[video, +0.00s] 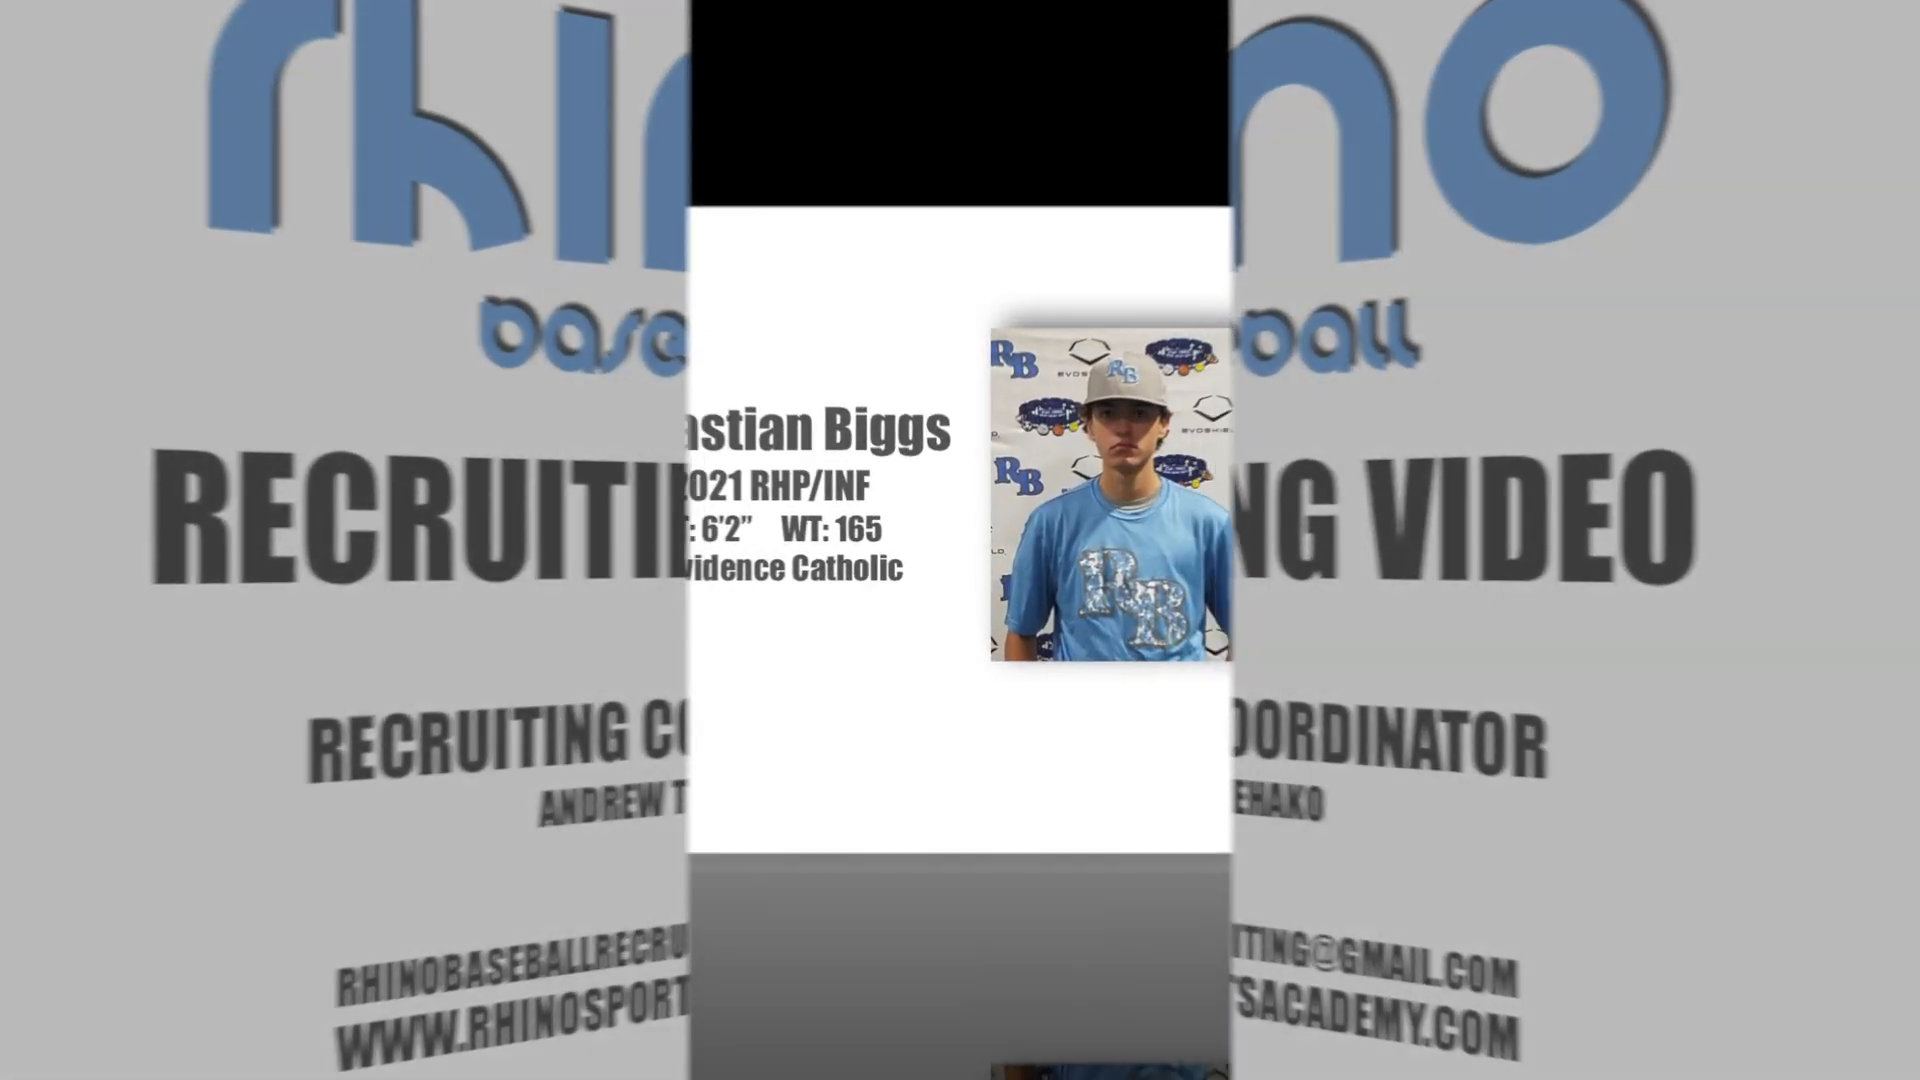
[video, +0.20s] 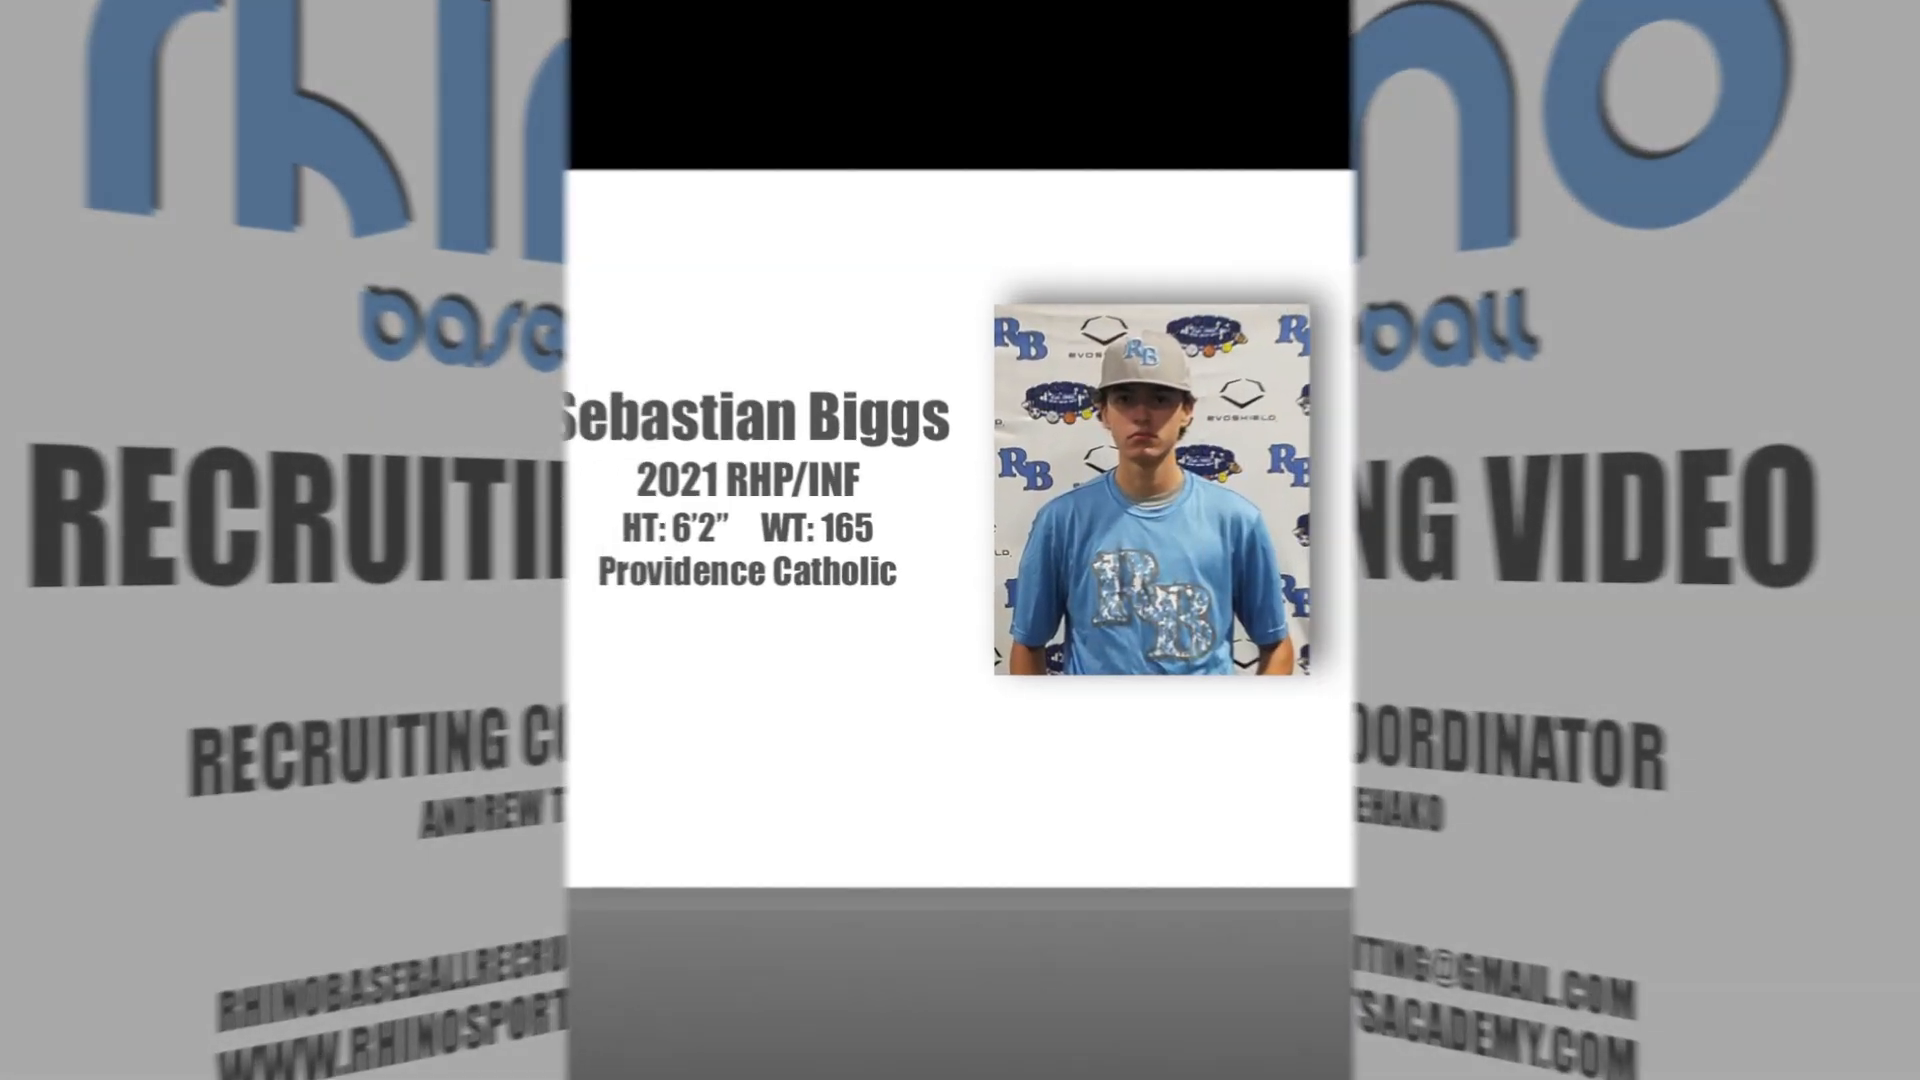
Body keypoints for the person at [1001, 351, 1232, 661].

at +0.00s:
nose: (1123, 429)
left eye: (1138, 414)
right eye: (1109, 414)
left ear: (1163, 426)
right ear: (1089, 426)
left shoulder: (1209, 523)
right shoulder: (1050, 524)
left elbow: (1246, 636)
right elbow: (1020, 637)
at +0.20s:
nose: (1142, 414)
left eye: (1160, 399)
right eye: (1127, 399)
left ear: (1186, 412)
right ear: (1104, 413)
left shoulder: (1236, 520)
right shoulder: (1060, 522)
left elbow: (1277, 647)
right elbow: (1028, 648)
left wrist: (1252, 722)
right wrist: (1034, 727)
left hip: (1209, 719)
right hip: (1094, 719)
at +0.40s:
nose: (1161, 402)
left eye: (1180, 385)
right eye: (1144, 385)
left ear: (1209, 399)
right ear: (1119, 400)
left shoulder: (1265, 518)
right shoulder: (1070, 520)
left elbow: (1310, 658)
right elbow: (1035, 660)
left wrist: (1283, 742)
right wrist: (1040, 746)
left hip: (1235, 737)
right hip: (1108, 737)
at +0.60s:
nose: (1180, 389)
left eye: (1202, 370)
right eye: (1161, 370)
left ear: (1232, 386)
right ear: (1134, 387)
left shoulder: (1294, 517)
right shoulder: (1080, 519)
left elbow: (1343, 669)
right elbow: (1042, 670)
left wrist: (1312, 762)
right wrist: (1047, 765)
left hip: (1261, 757)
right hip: (1122, 756)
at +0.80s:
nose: (1199, 376)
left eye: (1222, 355)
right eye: (1178, 356)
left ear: (1256, 373)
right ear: (1149, 374)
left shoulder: (1323, 515)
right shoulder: (1091, 517)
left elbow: (1376, 680)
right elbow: (1049, 682)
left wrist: (1344, 781)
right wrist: (1056, 785)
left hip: (1287, 776)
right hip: (1136, 776)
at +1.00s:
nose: (1216, 364)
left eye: (1241, 341)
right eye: (1195, 342)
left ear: (1277, 361)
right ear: (1163, 363)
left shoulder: (1349, 513)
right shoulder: (1100, 515)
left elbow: (1407, 690)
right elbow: (1056, 693)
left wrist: (1370, 797)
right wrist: (1066, 802)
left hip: (1311, 793)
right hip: (1149, 793)